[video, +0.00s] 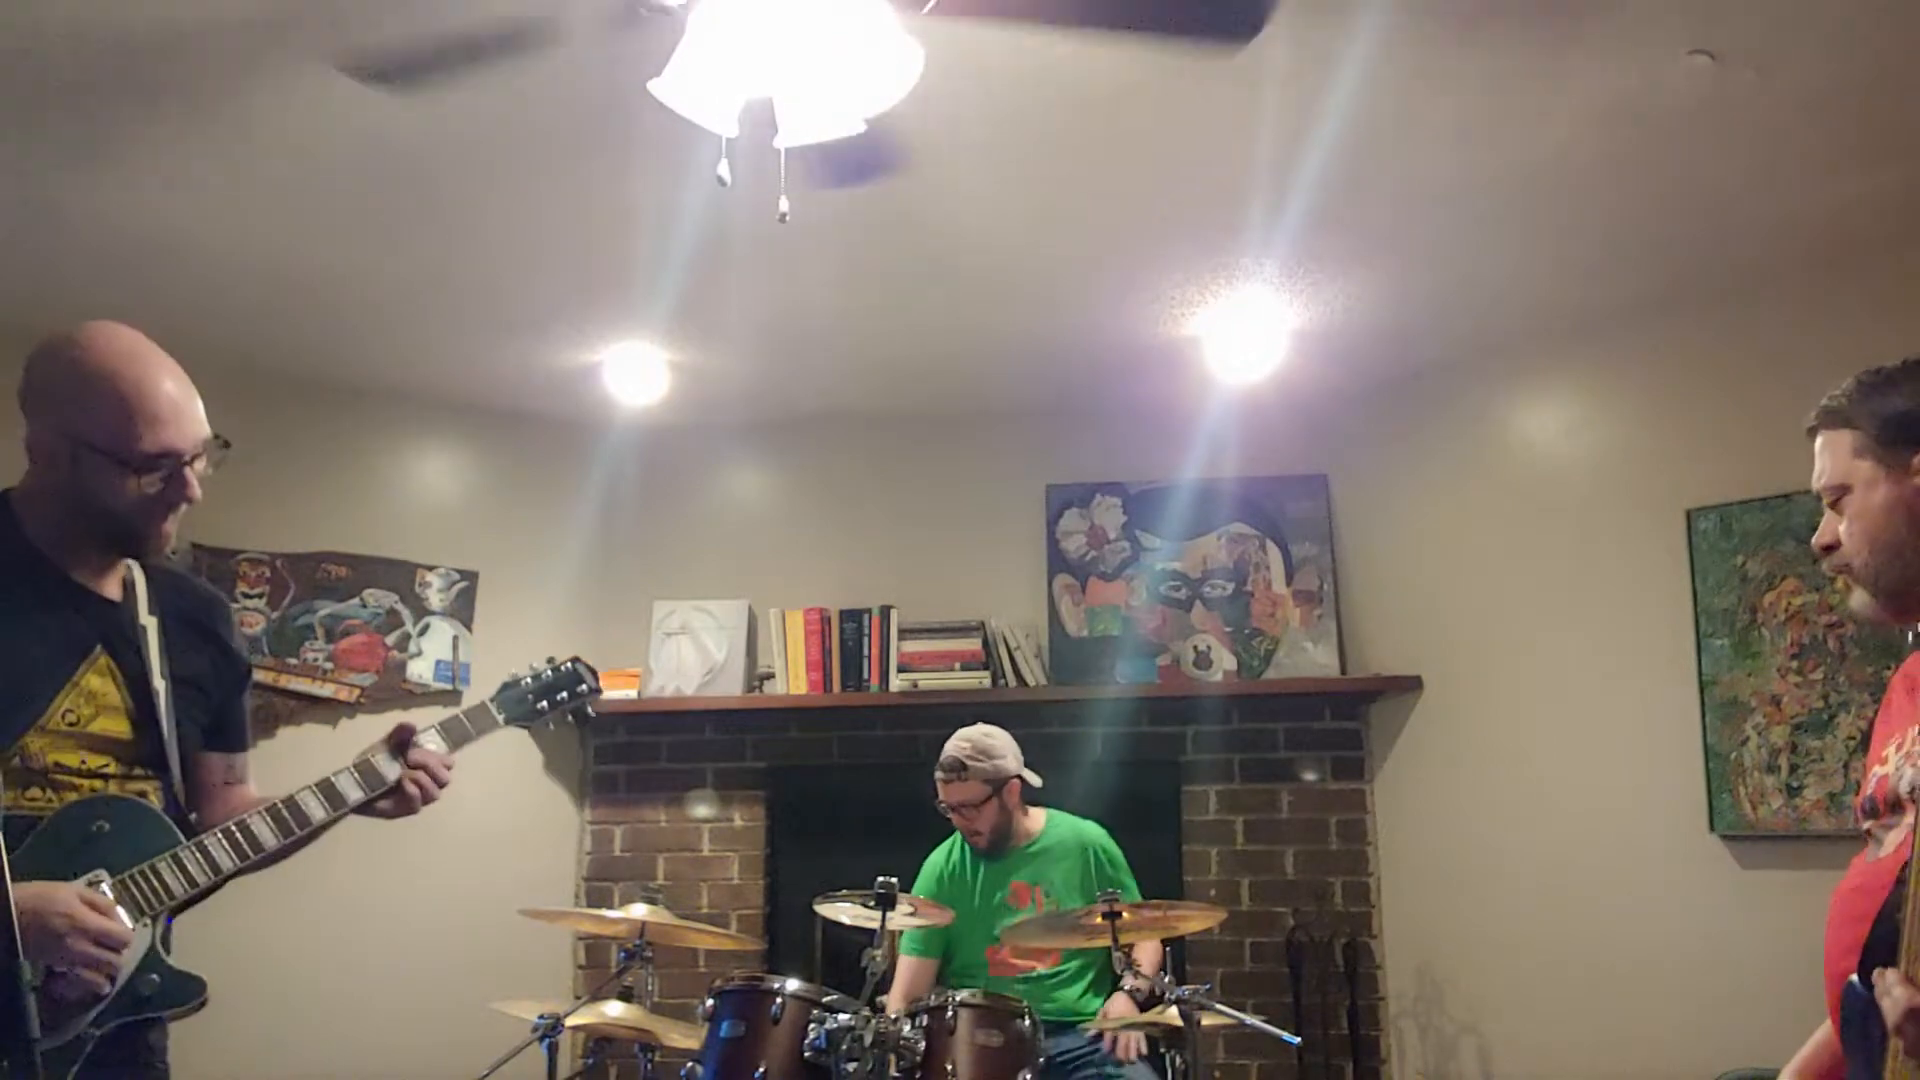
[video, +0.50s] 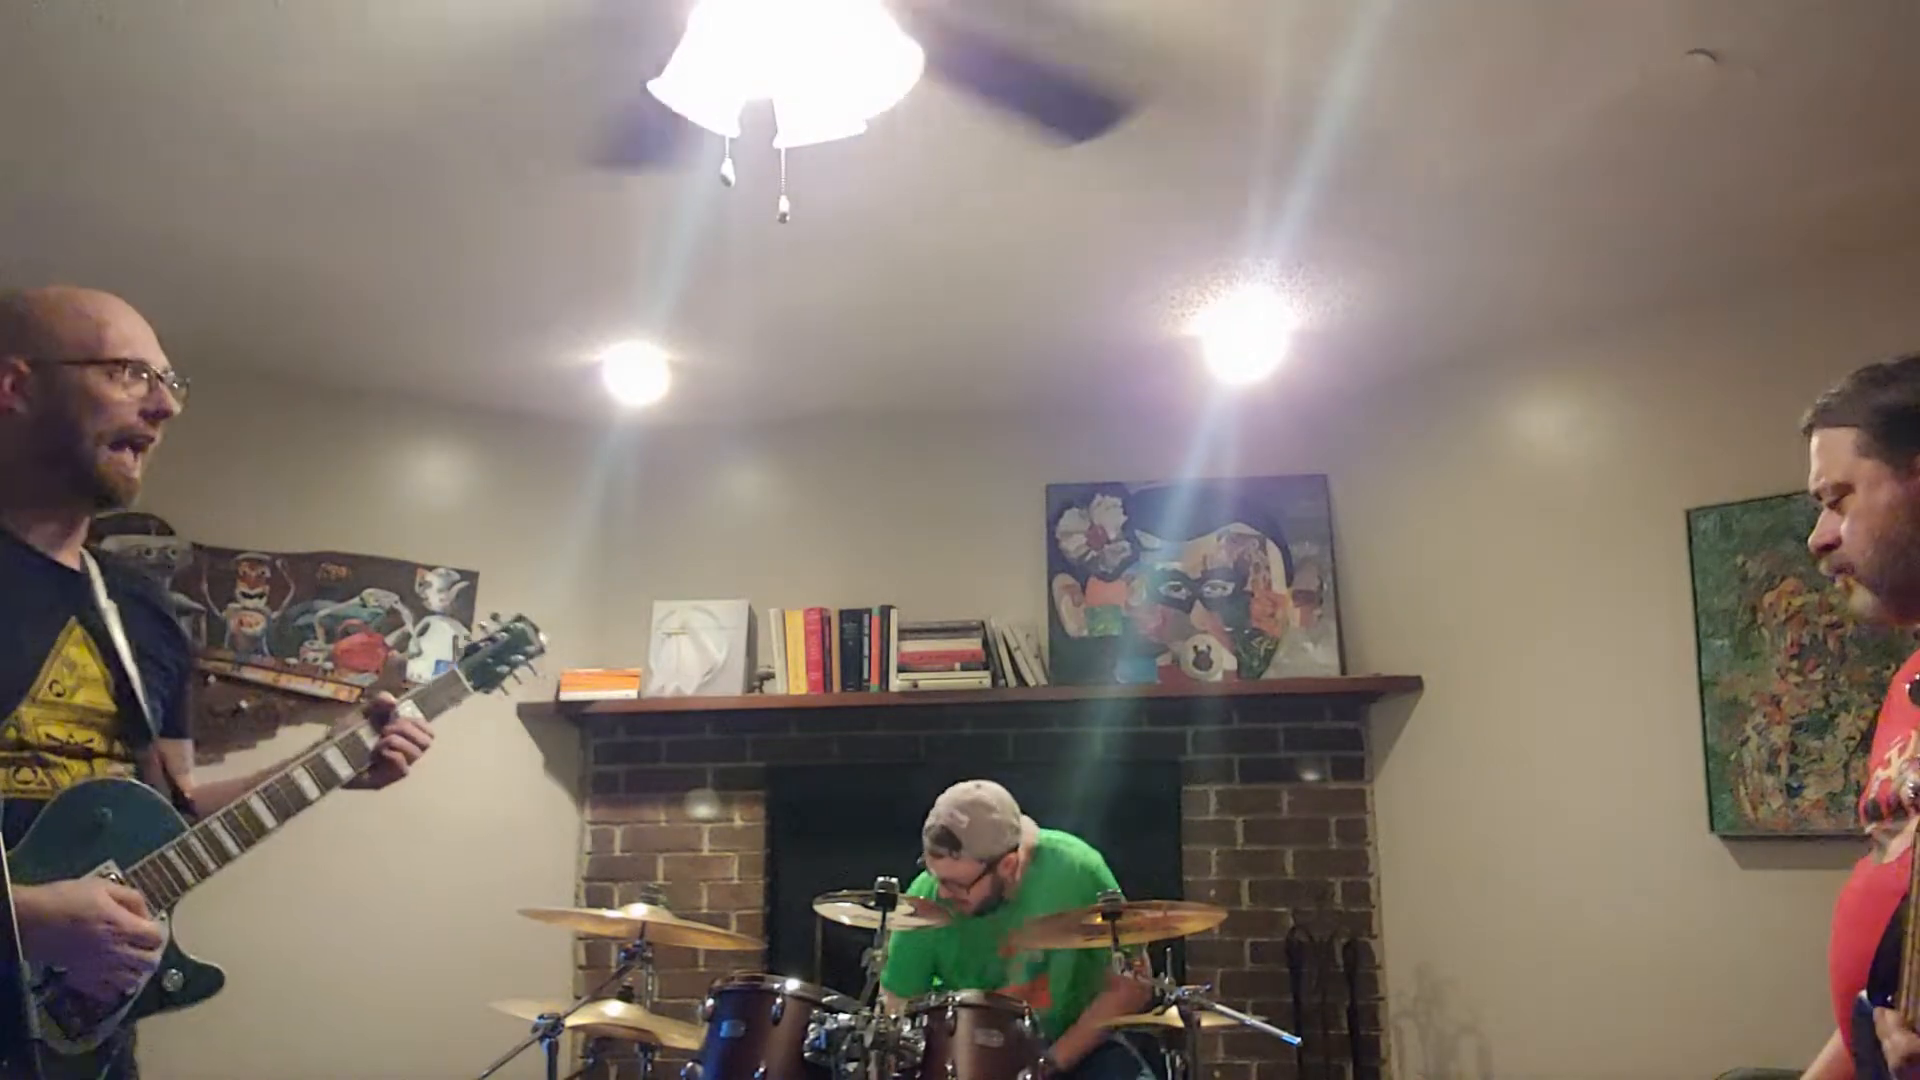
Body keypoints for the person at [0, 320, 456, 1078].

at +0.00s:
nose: (193, 491)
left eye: (200, 457)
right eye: (156, 466)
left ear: (206, 435)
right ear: (49, 453)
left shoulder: (192, 616)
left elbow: (219, 809)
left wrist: (353, 789)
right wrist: (13, 913)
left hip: (118, 1030)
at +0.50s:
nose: (166, 404)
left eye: (166, 381)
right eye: (128, 372)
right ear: (16, 385)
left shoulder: (142, 618)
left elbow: (176, 793)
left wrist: (336, 758)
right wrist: (26, 920)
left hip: (89, 1037)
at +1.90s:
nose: (87, 387)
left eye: (82, 354)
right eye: (71, 346)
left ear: (13, 354)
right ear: (6, 349)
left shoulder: (15, 595)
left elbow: (20, 785)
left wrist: (171, 769)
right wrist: (50, 941)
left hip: (35, 1028)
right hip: (13, 1036)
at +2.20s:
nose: (114, 425)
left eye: (112, 397)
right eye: (102, 391)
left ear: (27, 386)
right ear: (24, 384)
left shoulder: (23, 597)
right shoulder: (8, 599)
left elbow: (37, 814)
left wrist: (219, 770)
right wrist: (67, 941)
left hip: (52, 1040)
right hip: (16, 1046)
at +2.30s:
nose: (126, 433)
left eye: (121, 405)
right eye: (111, 401)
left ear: (30, 401)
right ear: (27, 399)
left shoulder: (29, 599)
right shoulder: (11, 602)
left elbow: (41, 803)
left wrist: (232, 774)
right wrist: (70, 938)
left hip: (58, 1037)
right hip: (19, 1044)